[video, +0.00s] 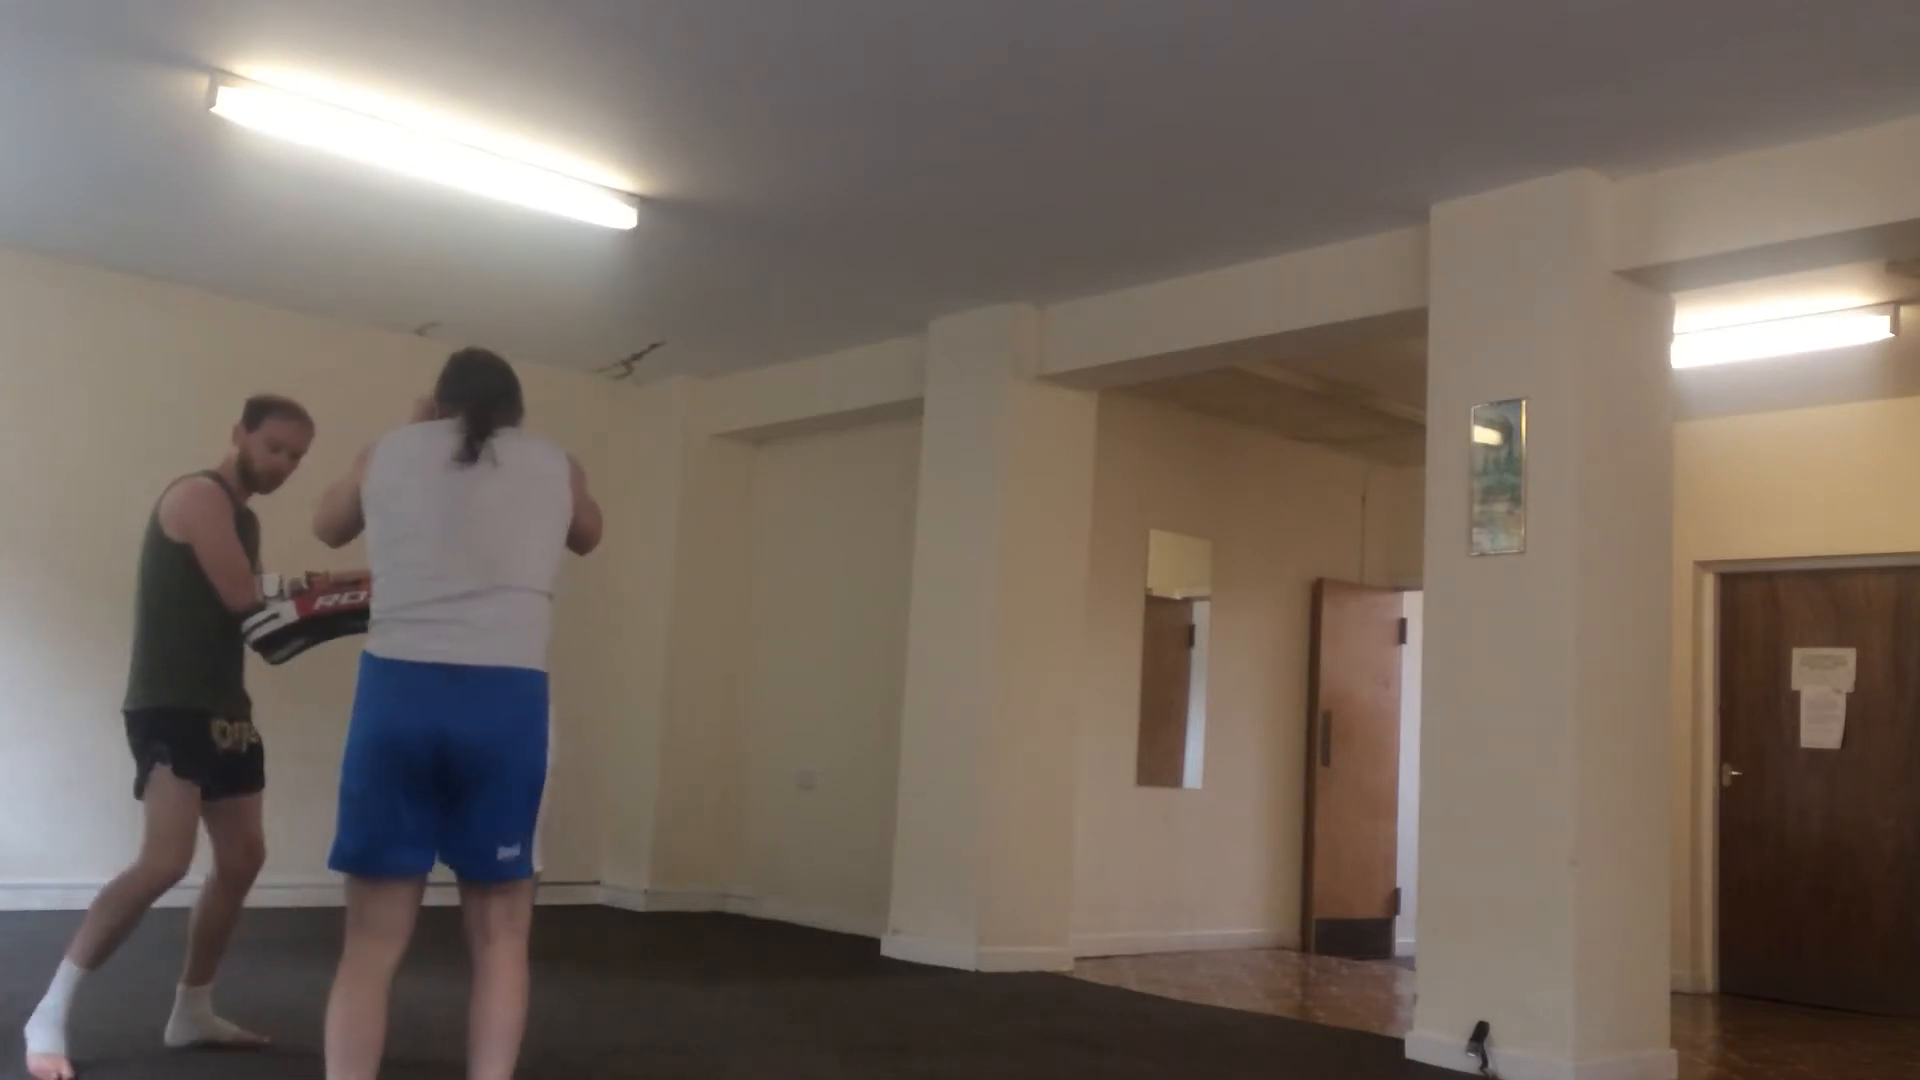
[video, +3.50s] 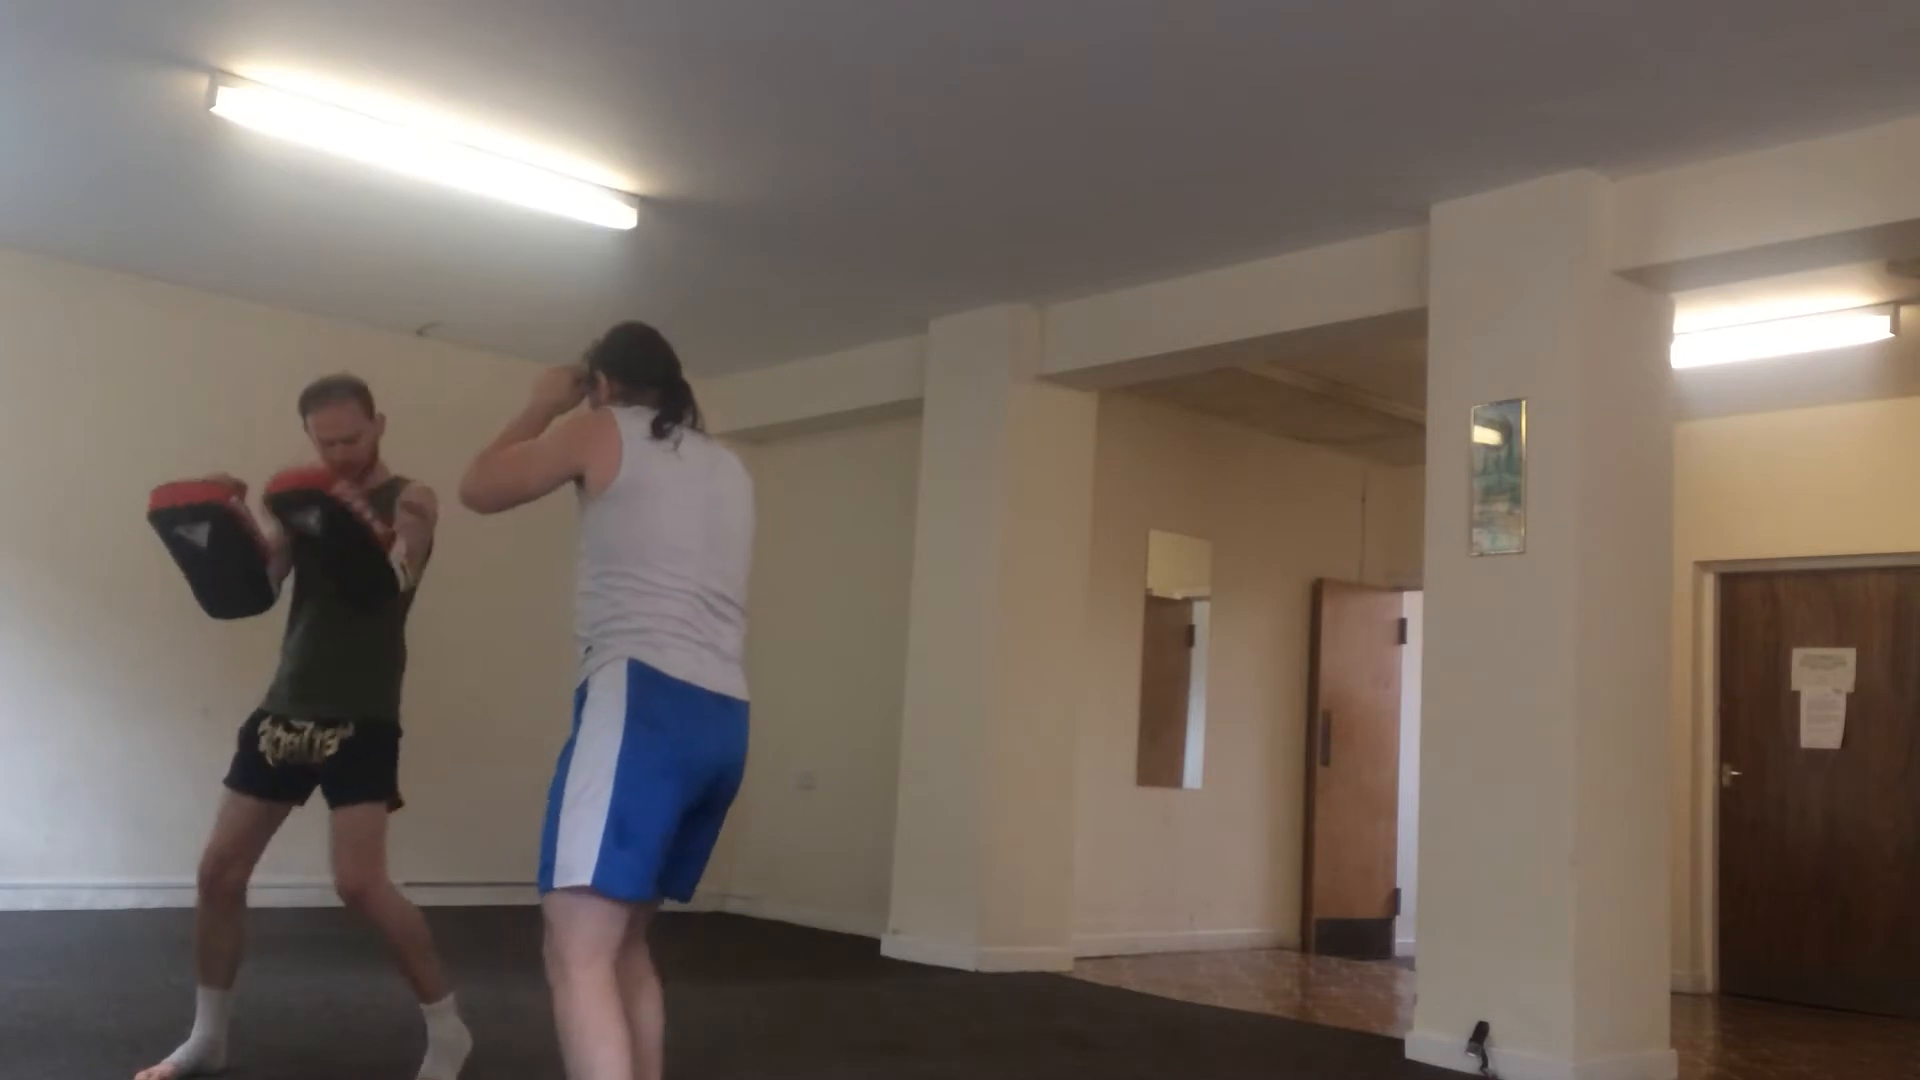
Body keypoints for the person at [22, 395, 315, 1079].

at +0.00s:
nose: (284, 466)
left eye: (295, 458)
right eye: (278, 450)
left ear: (293, 460)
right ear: (241, 434)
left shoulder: (243, 517)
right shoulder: (198, 497)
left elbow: (255, 618)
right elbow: (244, 603)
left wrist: (310, 599)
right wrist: (306, 594)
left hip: (225, 707)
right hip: (170, 706)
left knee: (240, 859)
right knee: (164, 858)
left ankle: (192, 1012)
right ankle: (50, 1013)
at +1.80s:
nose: (324, 460)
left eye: (335, 451)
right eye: (314, 445)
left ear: (341, 453)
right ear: (280, 436)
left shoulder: (324, 520)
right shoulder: (233, 498)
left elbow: (325, 612)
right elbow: (211, 595)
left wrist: (366, 629)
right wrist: (299, 607)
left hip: (273, 708)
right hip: (206, 703)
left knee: (232, 867)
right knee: (190, 863)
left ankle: (193, 1008)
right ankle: (162, 1030)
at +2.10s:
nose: (320, 452)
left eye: (331, 442)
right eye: (309, 437)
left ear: (340, 441)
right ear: (272, 427)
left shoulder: (339, 512)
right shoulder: (222, 493)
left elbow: (339, 601)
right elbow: (198, 593)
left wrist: (379, 588)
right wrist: (295, 584)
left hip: (295, 712)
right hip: (208, 707)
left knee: (321, 880)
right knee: (182, 874)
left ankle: (258, 990)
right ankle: (169, 1040)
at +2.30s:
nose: (344, 456)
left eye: (356, 447)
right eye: (335, 440)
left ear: (364, 445)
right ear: (299, 425)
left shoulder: (362, 510)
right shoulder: (237, 493)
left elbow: (408, 587)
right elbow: (207, 603)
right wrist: (291, 570)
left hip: (323, 718)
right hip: (230, 713)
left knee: (367, 880)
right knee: (170, 879)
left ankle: (392, 1046)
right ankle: (174, 1043)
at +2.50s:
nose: (375, 455)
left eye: (388, 444)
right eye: (364, 440)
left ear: (405, 441)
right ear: (335, 431)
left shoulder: (403, 506)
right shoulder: (288, 499)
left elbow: (472, 583)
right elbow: (225, 585)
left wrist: (465, 498)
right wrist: (236, 625)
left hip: (386, 726)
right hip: (294, 722)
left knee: (427, 878)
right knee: (215, 886)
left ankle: (398, 1050)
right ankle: (151, 1027)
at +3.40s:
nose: (341, 454)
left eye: (353, 439)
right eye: (326, 442)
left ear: (380, 429)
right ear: (307, 441)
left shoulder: (413, 505)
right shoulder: (290, 499)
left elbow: (393, 580)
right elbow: (259, 581)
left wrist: (380, 506)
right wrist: (232, 528)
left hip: (369, 715)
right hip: (281, 711)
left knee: (388, 879)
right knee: (218, 874)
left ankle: (442, 1040)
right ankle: (207, 1040)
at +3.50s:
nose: (339, 456)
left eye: (349, 440)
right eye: (324, 445)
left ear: (378, 426)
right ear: (307, 440)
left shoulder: (411, 499)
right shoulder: (300, 502)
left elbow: (396, 581)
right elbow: (256, 585)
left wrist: (347, 513)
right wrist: (231, 521)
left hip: (363, 723)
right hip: (284, 715)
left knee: (361, 884)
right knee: (220, 872)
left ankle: (448, 1030)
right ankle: (208, 1038)